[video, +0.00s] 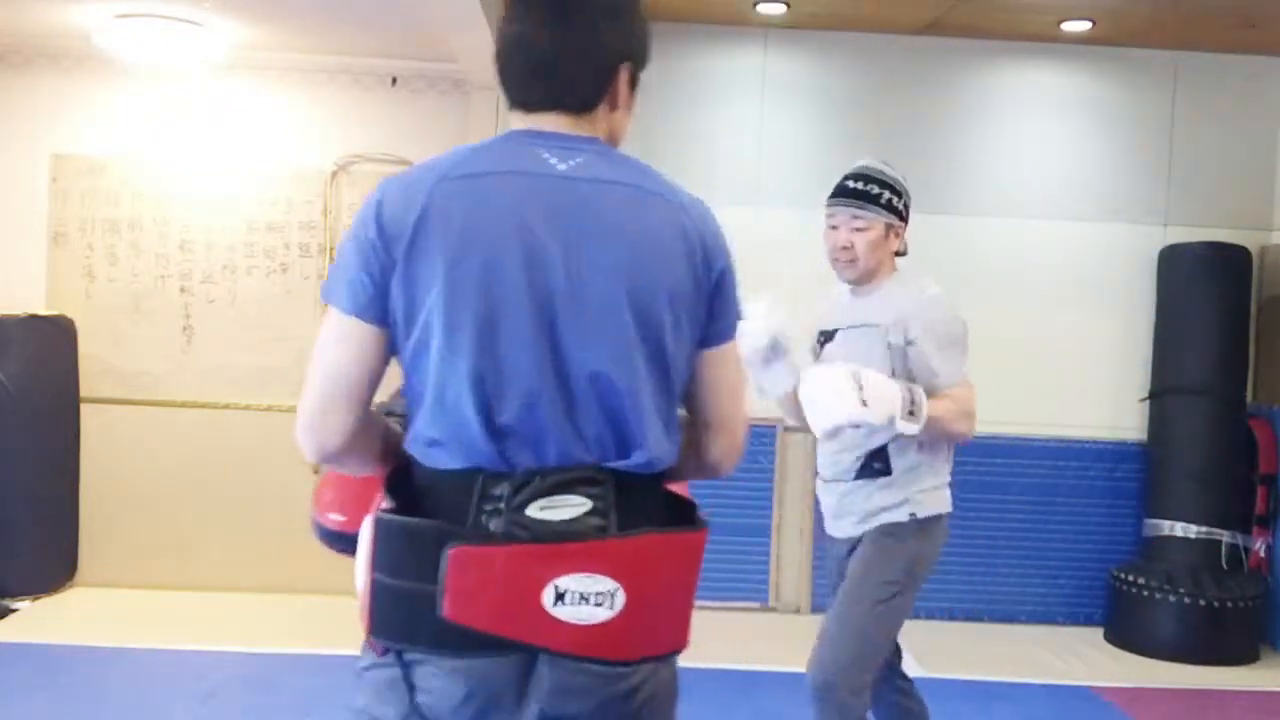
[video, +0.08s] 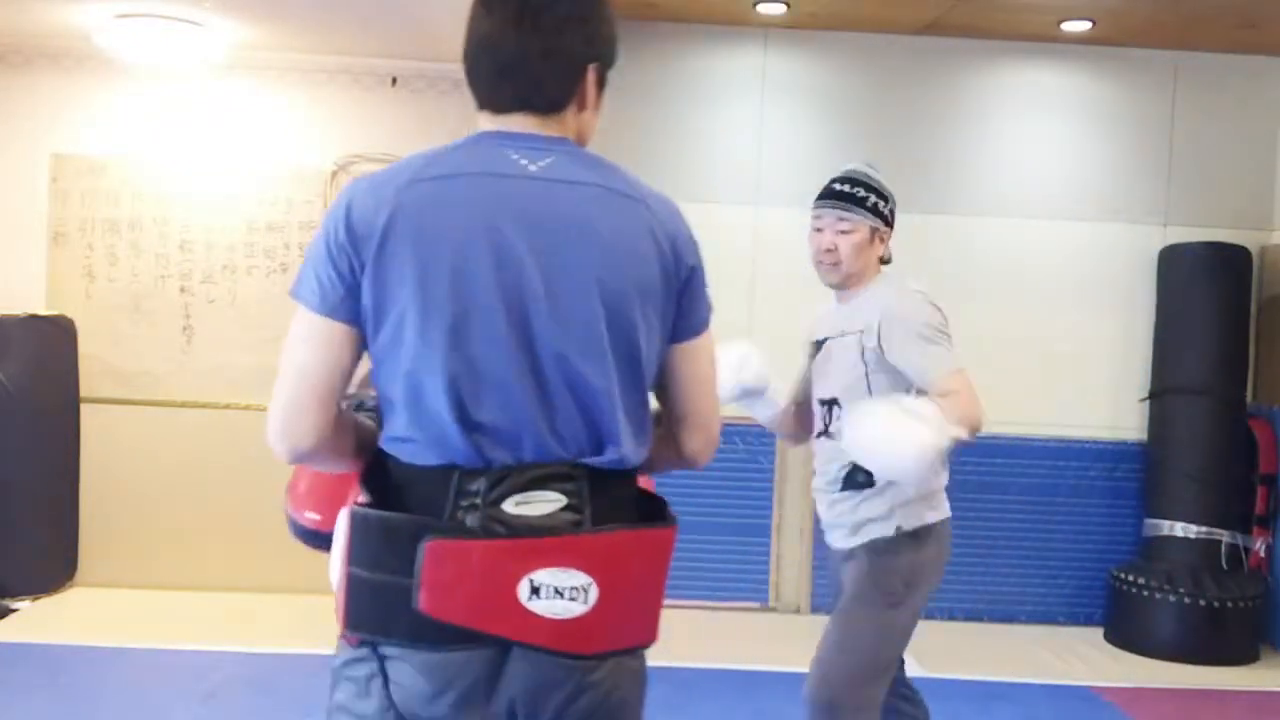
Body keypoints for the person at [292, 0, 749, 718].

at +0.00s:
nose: (632, 103)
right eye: (636, 85)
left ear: (506, 74)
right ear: (621, 85)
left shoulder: (405, 205)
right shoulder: (685, 223)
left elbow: (328, 433)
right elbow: (718, 447)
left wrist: (420, 448)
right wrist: (604, 447)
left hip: (445, 605)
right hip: (618, 608)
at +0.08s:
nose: (600, 102)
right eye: (604, 85)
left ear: (473, 77)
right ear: (589, 87)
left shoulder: (375, 205)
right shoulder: (653, 220)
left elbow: (298, 432)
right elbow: (693, 440)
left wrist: (390, 432)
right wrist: (584, 438)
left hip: (419, 607)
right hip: (591, 611)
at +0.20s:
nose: (576, 103)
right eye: (580, 86)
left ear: (451, 79)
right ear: (565, 88)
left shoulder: (356, 207)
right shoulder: (631, 219)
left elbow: (283, 432)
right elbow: (676, 436)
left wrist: (380, 423)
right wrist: (560, 428)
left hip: (403, 607)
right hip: (575, 609)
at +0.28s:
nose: (564, 105)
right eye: (566, 88)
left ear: (439, 82)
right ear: (552, 92)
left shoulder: (348, 211)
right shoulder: (619, 225)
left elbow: (278, 438)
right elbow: (665, 436)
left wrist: (374, 419)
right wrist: (550, 422)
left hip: (394, 608)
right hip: (565, 609)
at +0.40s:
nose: (526, 120)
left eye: (528, 101)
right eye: (529, 102)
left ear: (406, 94)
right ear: (512, 104)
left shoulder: (312, 225)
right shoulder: (574, 231)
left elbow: (256, 448)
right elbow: (621, 440)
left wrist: (350, 411)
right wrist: (516, 414)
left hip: (363, 602)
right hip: (528, 601)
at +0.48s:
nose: (501, 127)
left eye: (502, 108)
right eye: (503, 109)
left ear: (383, 100)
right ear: (486, 111)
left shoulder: (287, 235)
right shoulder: (546, 240)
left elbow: (235, 451)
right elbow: (593, 451)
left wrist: (330, 413)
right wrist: (498, 418)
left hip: (339, 605)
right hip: (503, 603)